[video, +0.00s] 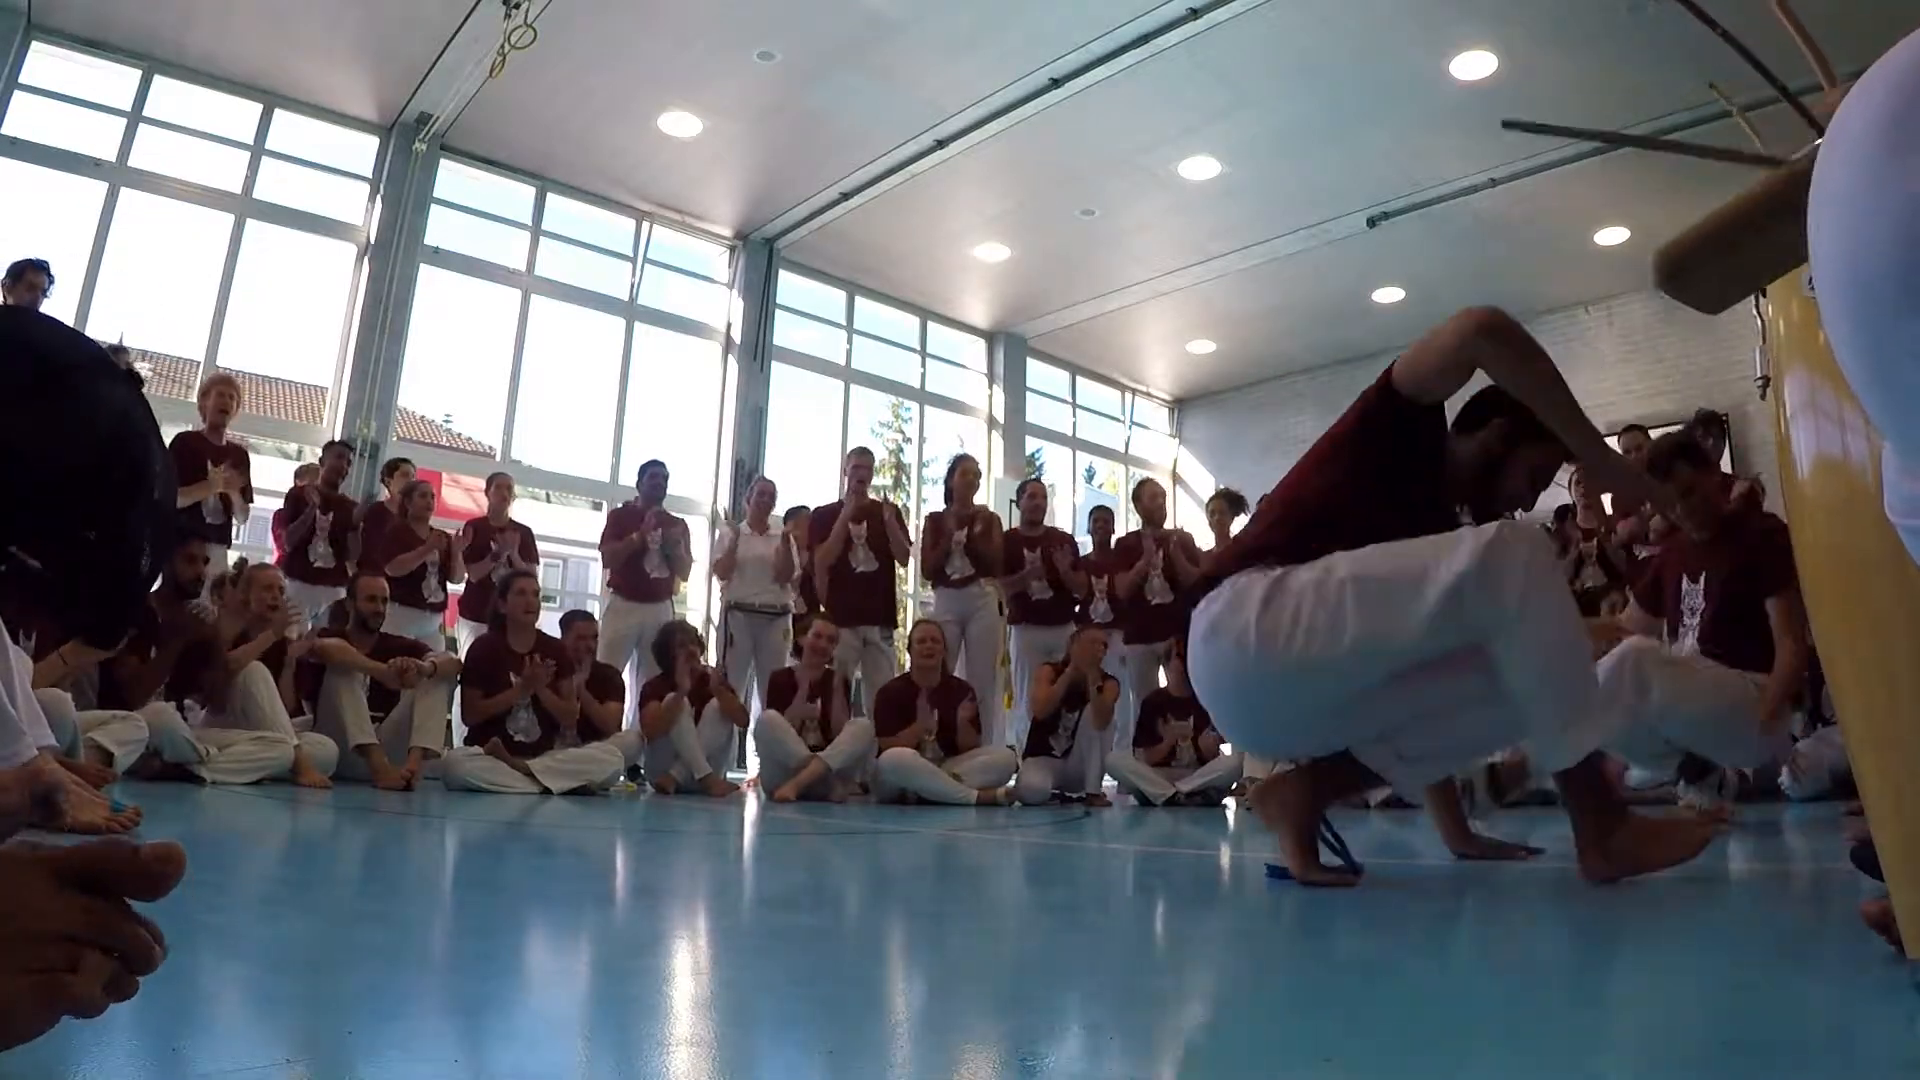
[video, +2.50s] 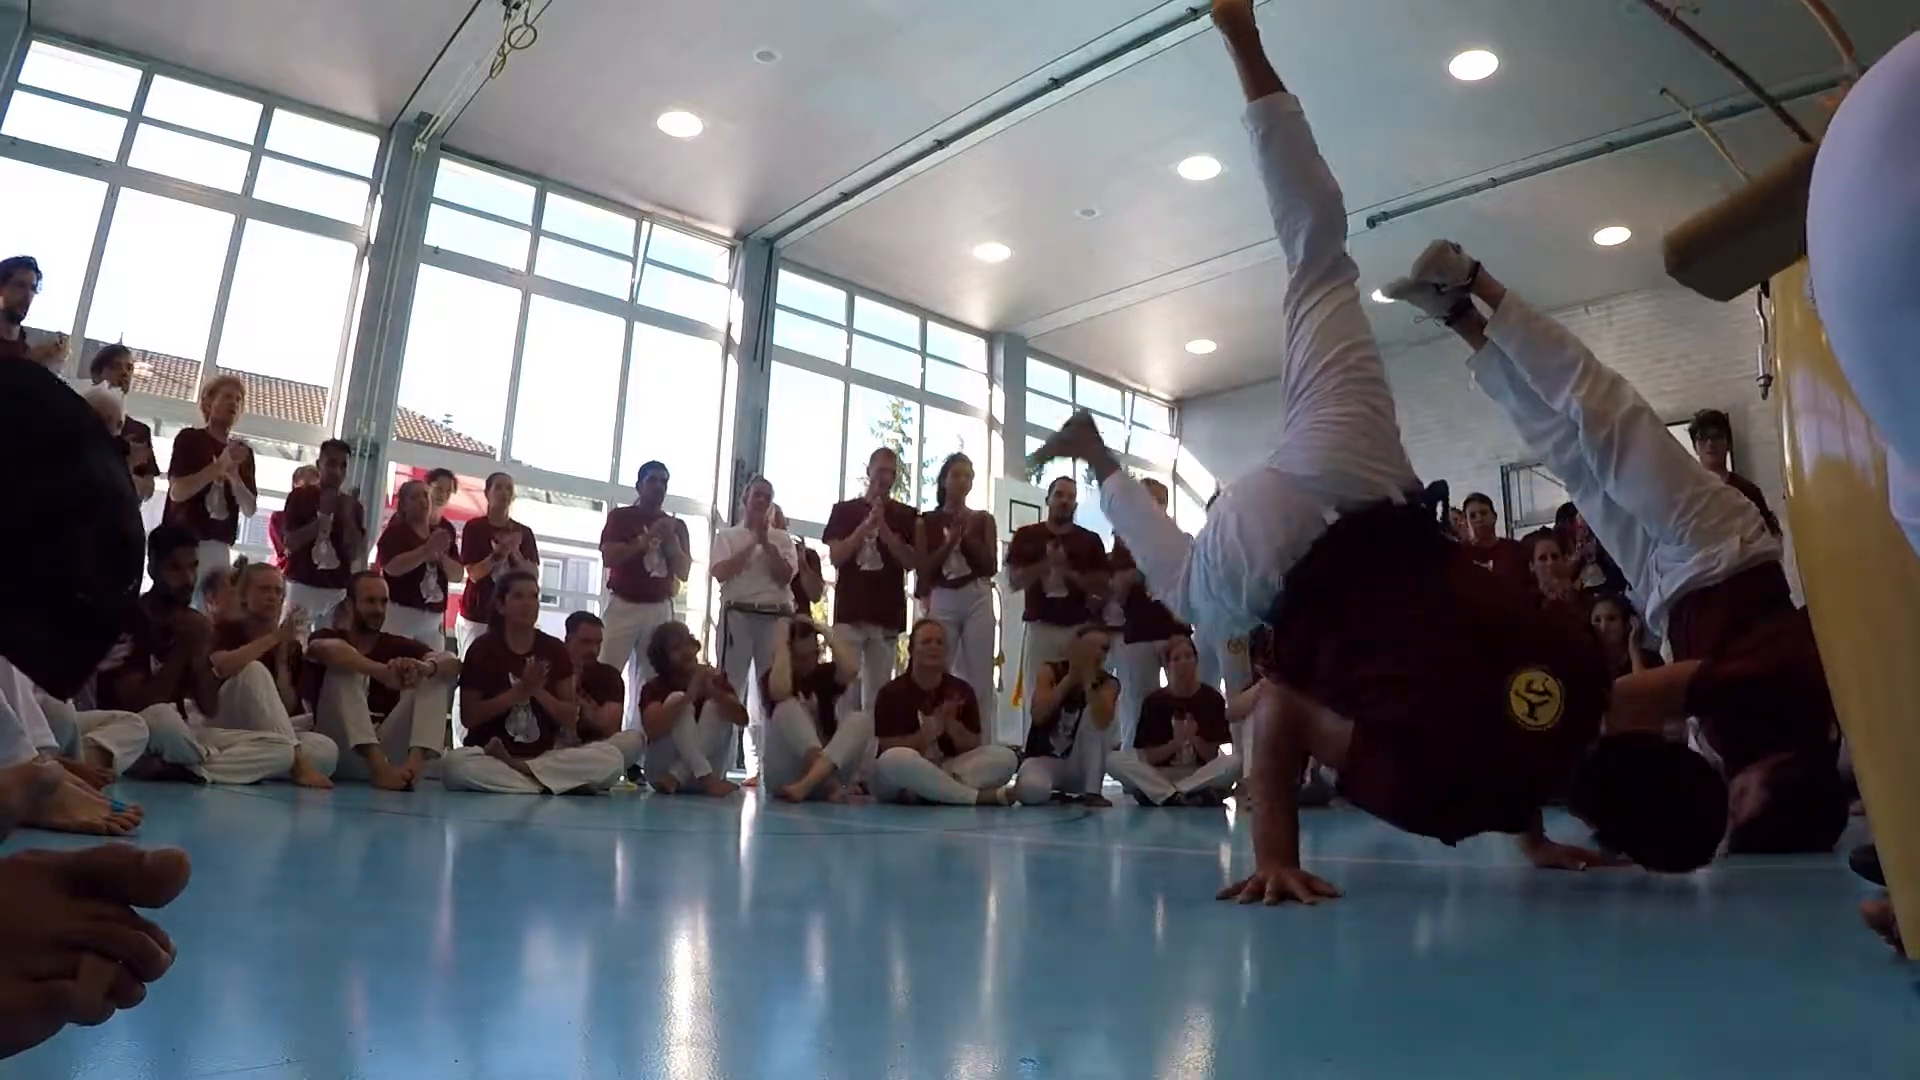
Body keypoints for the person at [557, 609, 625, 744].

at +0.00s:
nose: (590, 645)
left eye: (594, 638)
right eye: (581, 638)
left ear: (598, 639)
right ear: (564, 640)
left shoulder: (610, 675)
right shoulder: (547, 674)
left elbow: (610, 725)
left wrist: (582, 691)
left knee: (633, 739)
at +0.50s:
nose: (591, 645)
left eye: (595, 638)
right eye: (583, 638)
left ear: (599, 638)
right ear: (565, 640)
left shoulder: (610, 676)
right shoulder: (548, 673)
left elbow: (610, 725)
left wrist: (574, 695)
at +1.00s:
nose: (592, 647)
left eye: (596, 640)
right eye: (584, 640)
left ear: (599, 641)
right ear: (565, 640)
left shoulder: (610, 675)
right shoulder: (549, 671)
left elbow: (610, 727)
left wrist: (573, 697)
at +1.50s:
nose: (593, 650)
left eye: (598, 643)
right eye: (586, 642)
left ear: (601, 643)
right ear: (567, 641)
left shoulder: (610, 675)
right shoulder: (552, 673)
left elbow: (611, 727)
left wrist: (581, 690)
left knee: (635, 738)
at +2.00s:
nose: (593, 650)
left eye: (598, 643)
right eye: (586, 642)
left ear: (602, 643)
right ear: (568, 640)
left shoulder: (610, 675)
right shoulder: (551, 674)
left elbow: (611, 728)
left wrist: (581, 689)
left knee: (635, 738)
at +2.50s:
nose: (593, 650)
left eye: (598, 643)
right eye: (586, 642)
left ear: (602, 644)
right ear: (567, 640)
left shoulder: (610, 675)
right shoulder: (549, 673)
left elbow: (610, 728)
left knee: (635, 738)